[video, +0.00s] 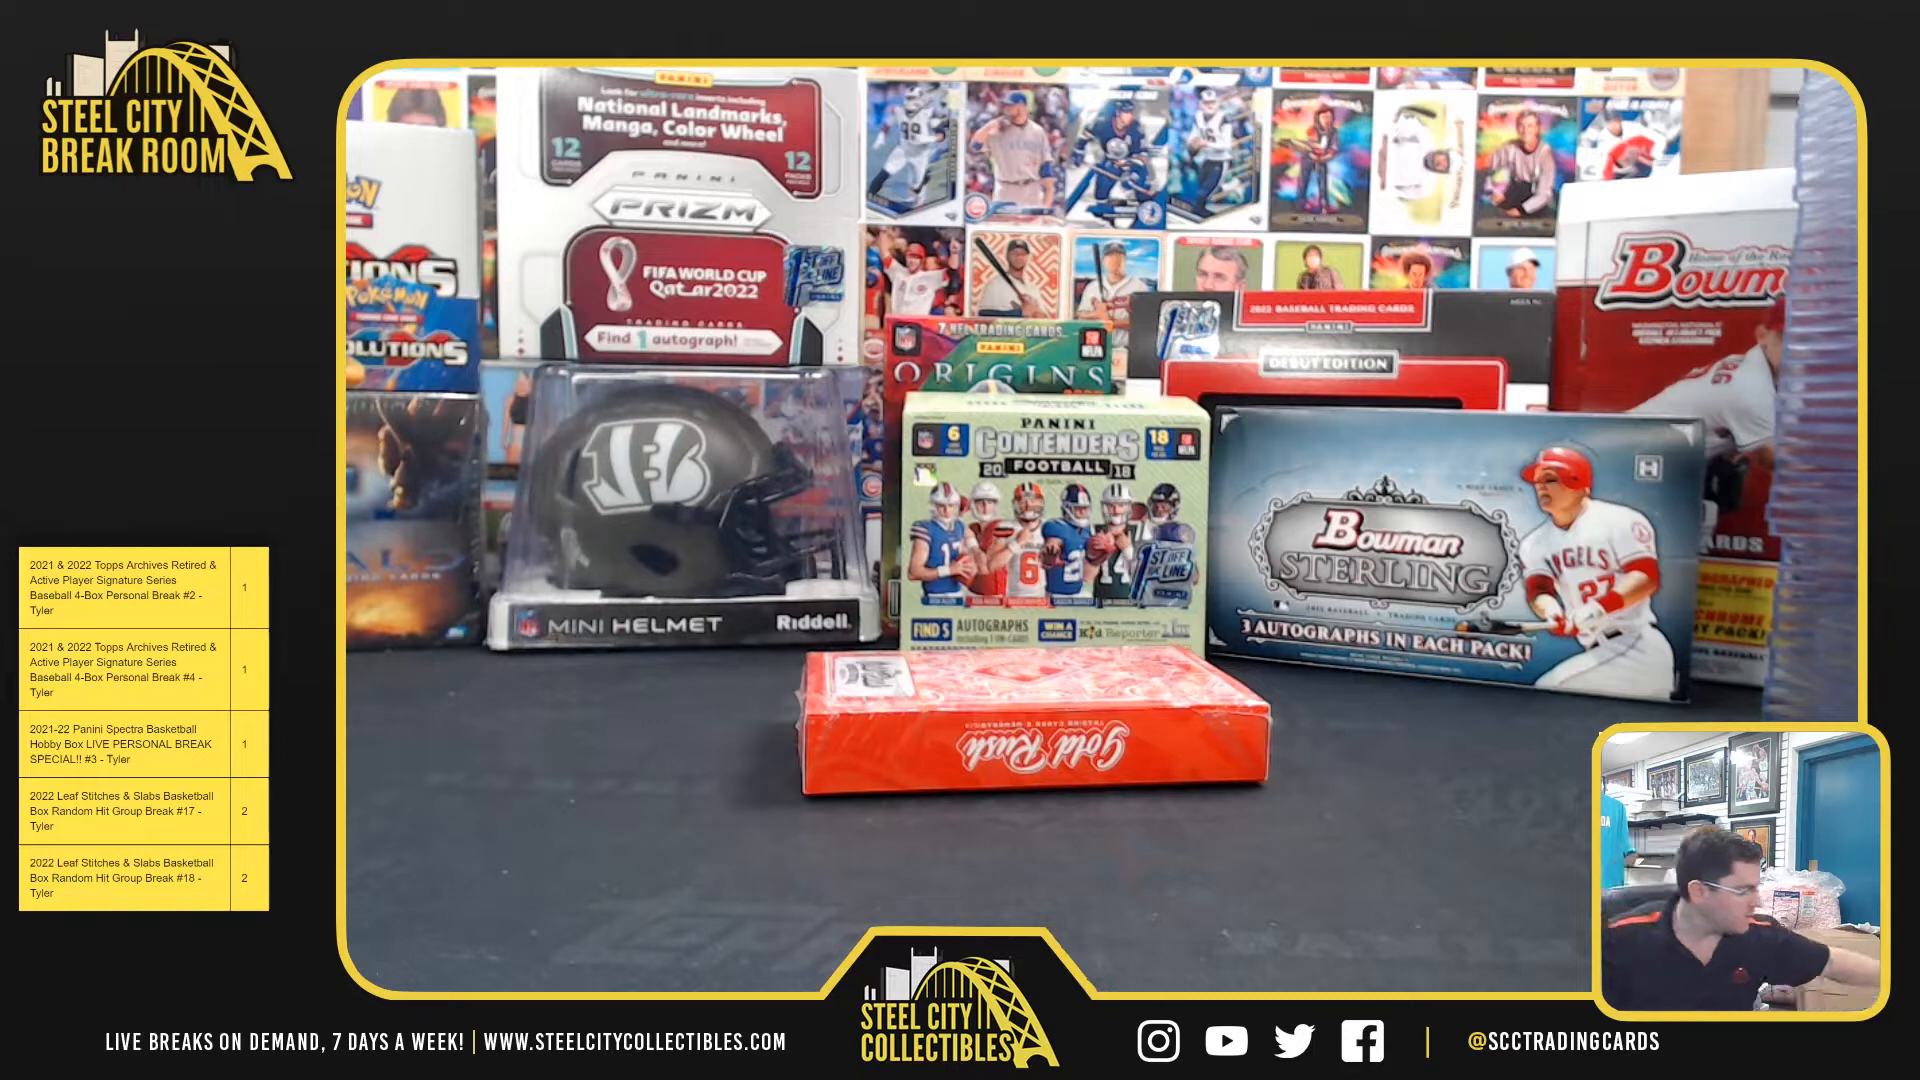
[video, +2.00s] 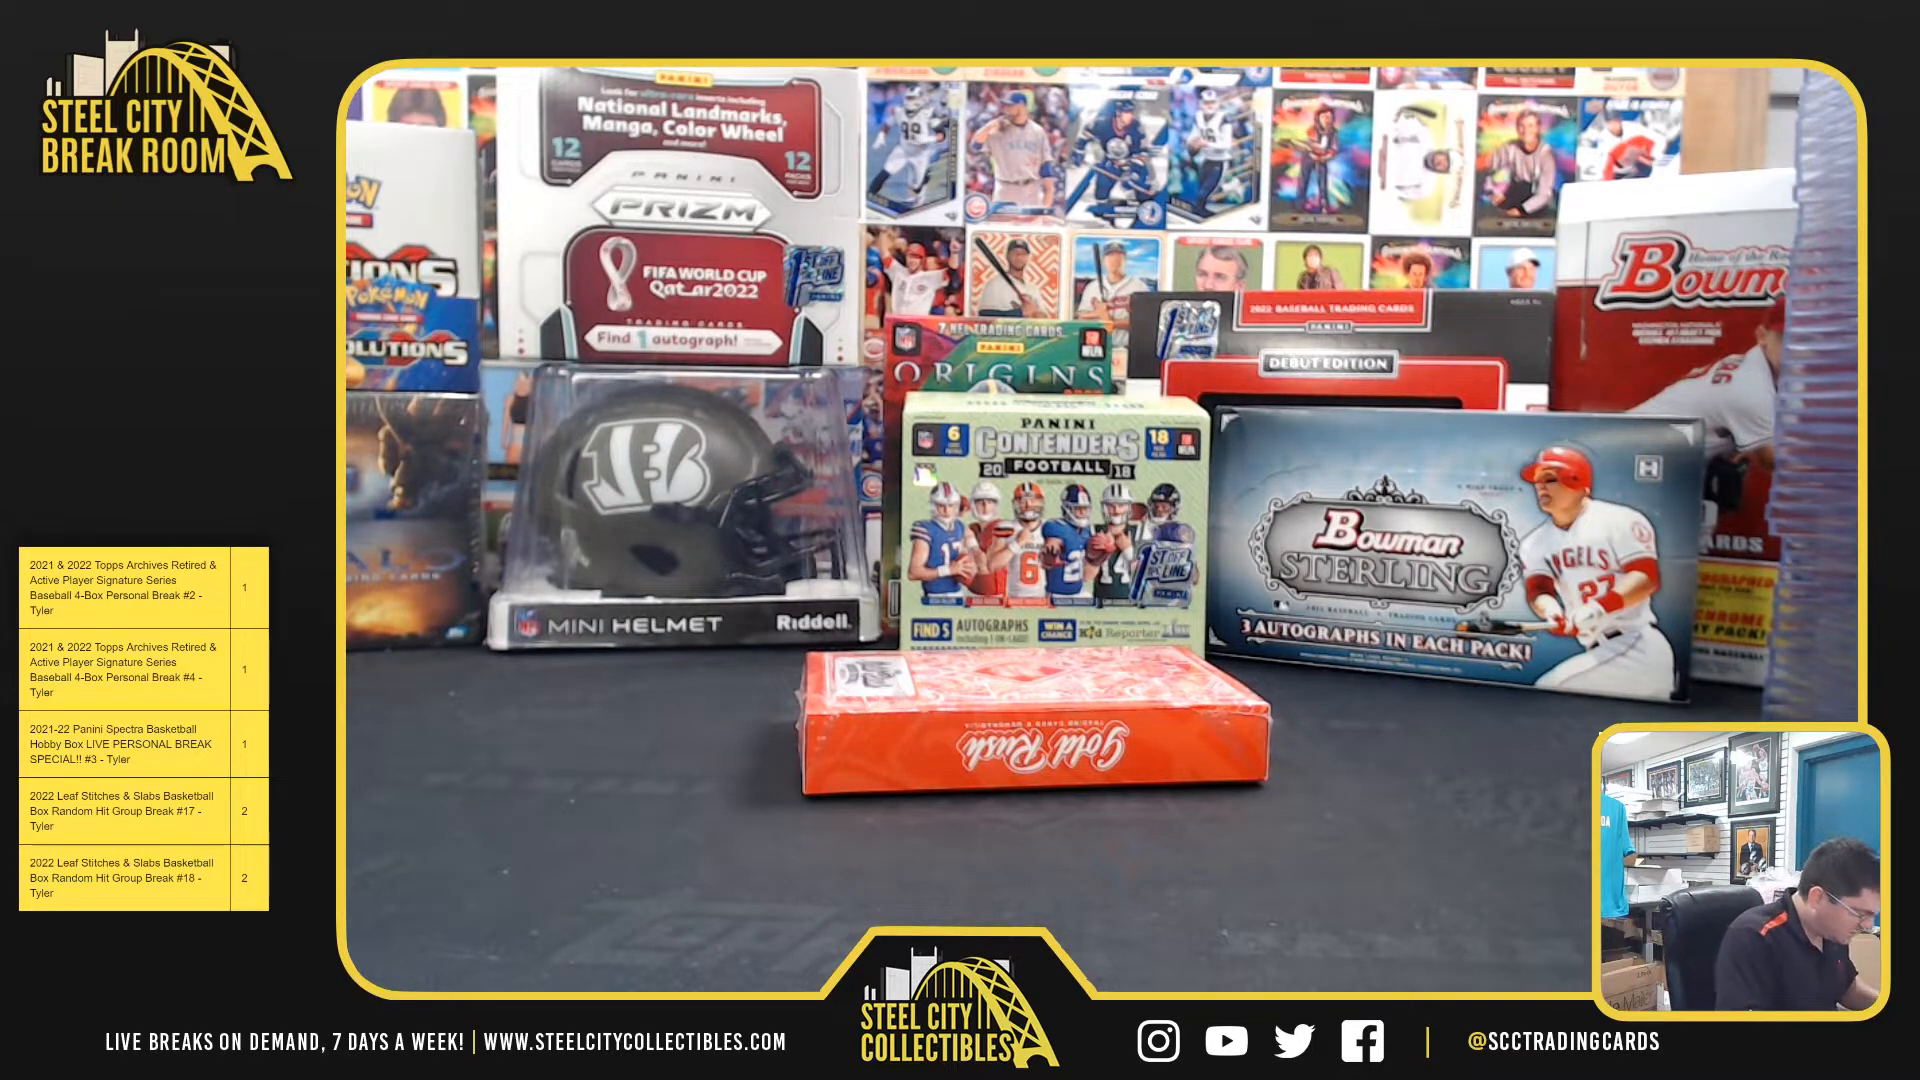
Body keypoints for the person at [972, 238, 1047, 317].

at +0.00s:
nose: (1019, 257)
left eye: (1023, 254)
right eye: (1015, 253)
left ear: (1028, 257)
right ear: (1008, 256)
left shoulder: (1033, 289)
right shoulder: (996, 284)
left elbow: (1045, 318)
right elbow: (985, 315)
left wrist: (1034, 310)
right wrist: (1021, 313)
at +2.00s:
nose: (1019, 257)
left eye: (1023, 254)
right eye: (1016, 253)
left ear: (1028, 258)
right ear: (1008, 256)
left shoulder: (1033, 289)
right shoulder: (995, 284)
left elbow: (1045, 317)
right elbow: (985, 315)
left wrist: (1033, 310)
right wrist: (1020, 313)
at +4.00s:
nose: (1019, 257)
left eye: (1023, 254)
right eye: (1015, 254)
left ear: (1028, 258)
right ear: (1008, 256)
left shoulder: (1033, 288)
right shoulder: (995, 285)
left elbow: (1044, 317)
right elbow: (985, 315)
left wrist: (1033, 310)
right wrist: (1020, 313)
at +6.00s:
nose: (1019, 258)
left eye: (1023, 254)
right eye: (1015, 254)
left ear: (1028, 257)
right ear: (1008, 256)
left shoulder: (1032, 289)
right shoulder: (995, 284)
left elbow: (1045, 317)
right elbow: (985, 314)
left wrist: (1034, 311)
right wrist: (1020, 313)